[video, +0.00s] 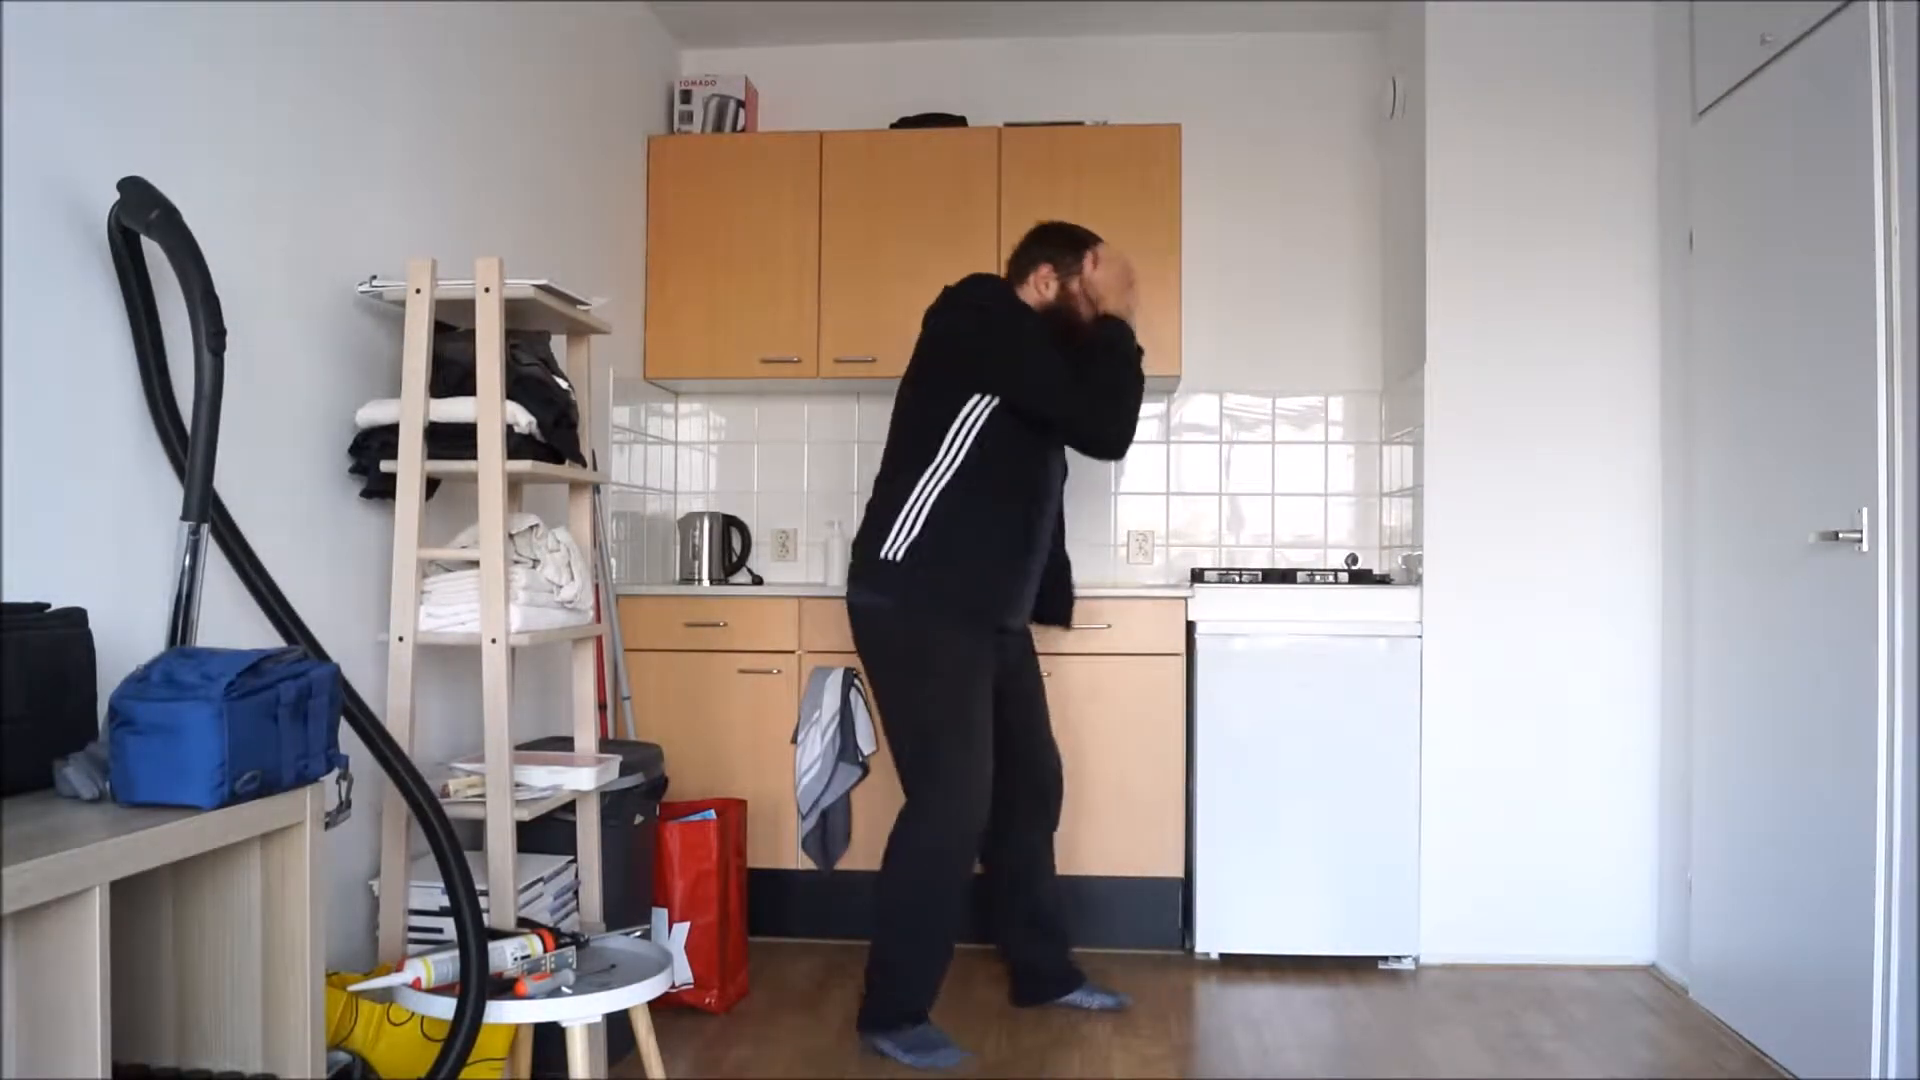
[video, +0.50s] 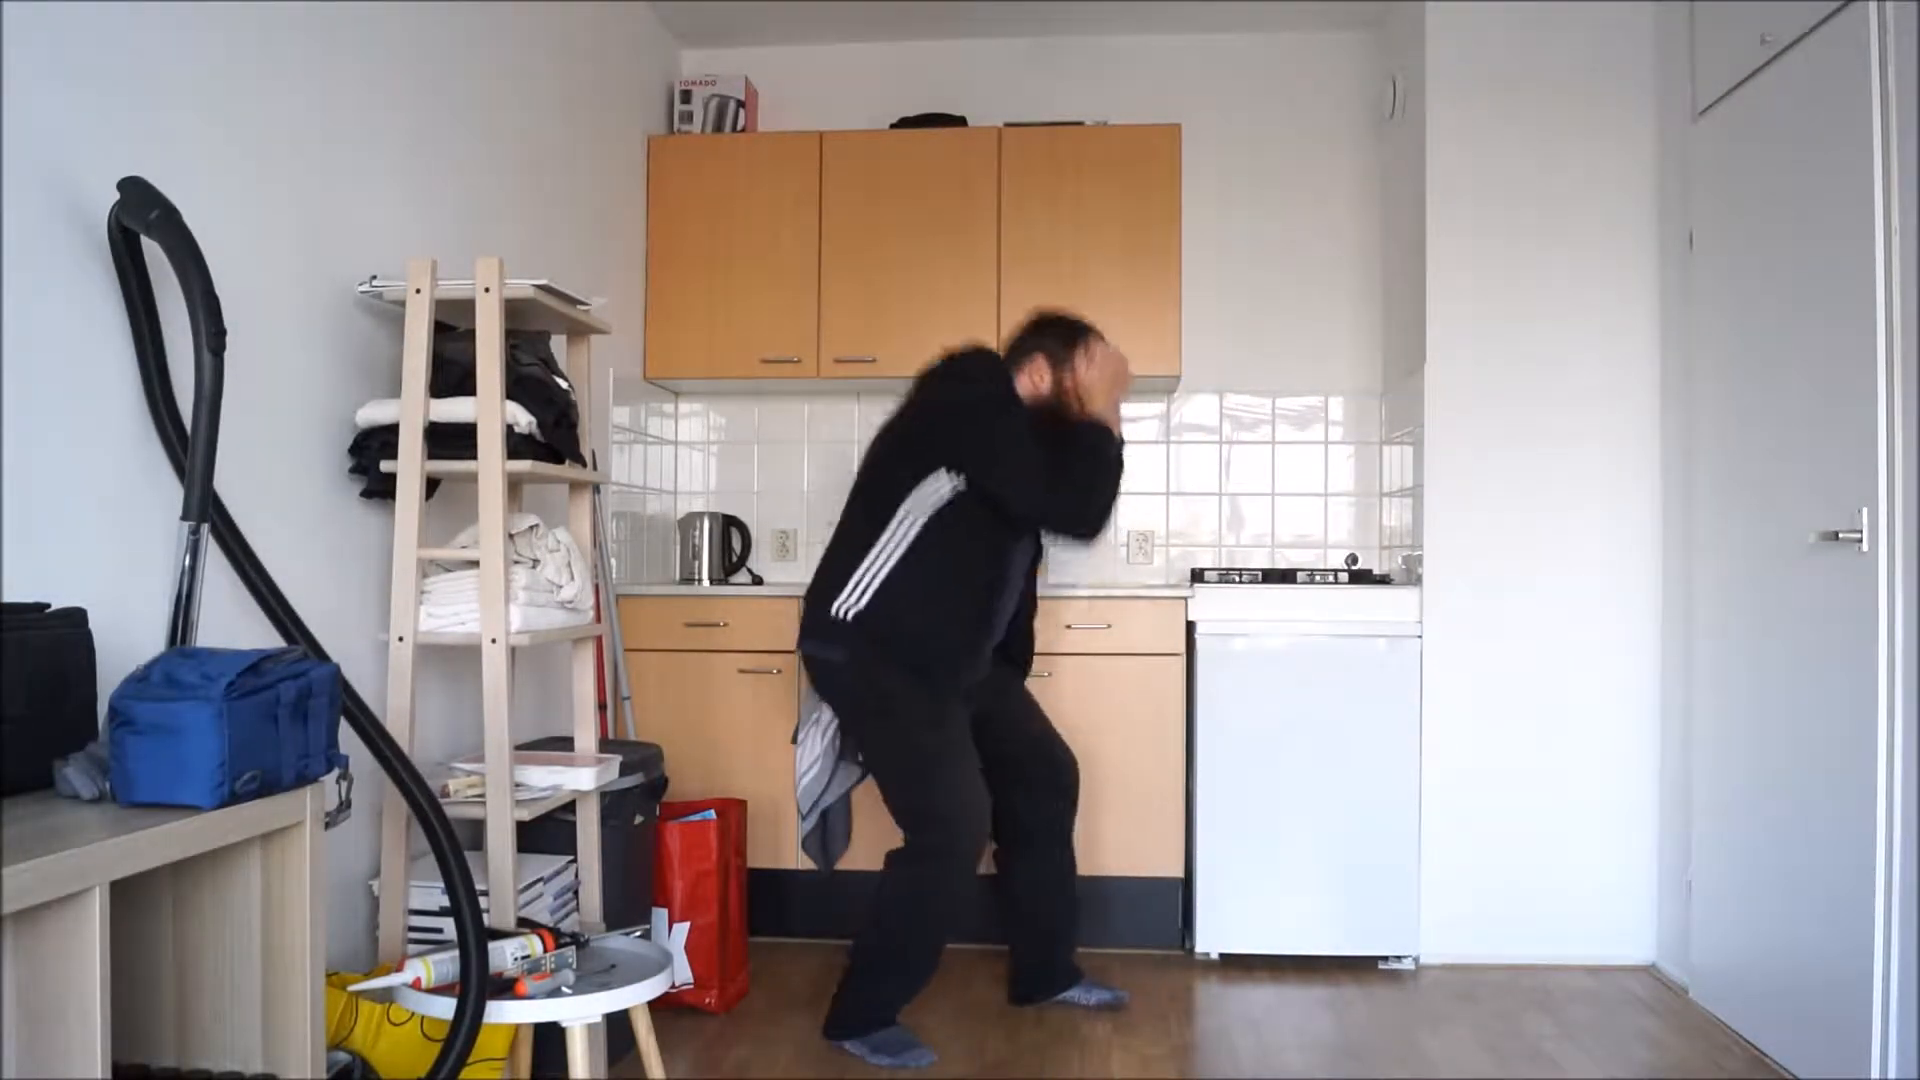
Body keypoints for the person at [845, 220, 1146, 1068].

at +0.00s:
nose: (1101, 310)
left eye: (1102, 297)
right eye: (1093, 294)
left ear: (1041, 283)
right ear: (1044, 282)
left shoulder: (1028, 338)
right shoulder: (979, 315)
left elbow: (1101, 428)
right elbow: (1105, 425)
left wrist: (1103, 335)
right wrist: (1117, 326)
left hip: (985, 609)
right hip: (914, 604)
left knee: (1028, 786)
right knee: (950, 799)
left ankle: (1041, 976)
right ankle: (891, 1014)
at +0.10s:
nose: (1087, 312)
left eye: (1088, 299)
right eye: (1081, 296)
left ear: (1031, 285)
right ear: (1036, 284)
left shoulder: (1028, 347)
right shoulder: (970, 316)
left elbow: (1100, 429)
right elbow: (1105, 419)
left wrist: (1096, 333)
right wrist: (1108, 323)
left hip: (987, 616)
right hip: (914, 610)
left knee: (1037, 776)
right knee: (959, 797)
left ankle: (1039, 974)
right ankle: (870, 1004)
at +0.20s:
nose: (1089, 371)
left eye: (1090, 357)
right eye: (1083, 354)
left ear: (1039, 347)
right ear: (1044, 345)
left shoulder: (1028, 409)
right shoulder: (975, 381)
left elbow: (1097, 481)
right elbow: (1097, 475)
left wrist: (1099, 396)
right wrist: (1107, 390)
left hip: (980, 657)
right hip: (902, 654)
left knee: (1062, 780)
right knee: (970, 834)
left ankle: (1043, 975)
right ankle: (862, 1017)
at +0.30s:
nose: (1109, 428)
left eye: (1113, 415)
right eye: (1105, 412)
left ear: (1051, 397)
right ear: (1057, 396)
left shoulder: (1028, 444)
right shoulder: (986, 420)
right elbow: (1085, 541)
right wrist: (1115, 446)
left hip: (964, 672)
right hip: (880, 670)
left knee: (1059, 781)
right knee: (967, 837)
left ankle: (1042, 977)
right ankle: (860, 1019)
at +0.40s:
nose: (1090, 439)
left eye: (1095, 428)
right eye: (1089, 424)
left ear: (1047, 405)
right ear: (1051, 404)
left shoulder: (1016, 444)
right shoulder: (978, 429)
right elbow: (1076, 547)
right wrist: (1111, 453)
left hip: (953, 669)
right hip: (870, 666)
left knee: (1051, 780)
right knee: (958, 835)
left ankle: (1042, 977)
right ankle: (859, 1020)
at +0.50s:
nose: (1090, 406)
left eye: (1092, 394)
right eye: (1086, 391)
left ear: (1037, 379)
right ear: (1039, 373)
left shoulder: (1017, 425)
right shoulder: (969, 395)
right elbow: (1078, 510)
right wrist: (1102, 414)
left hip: (959, 658)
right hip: (874, 653)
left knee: (1043, 776)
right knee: (951, 826)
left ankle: (1041, 975)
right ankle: (860, 1018)